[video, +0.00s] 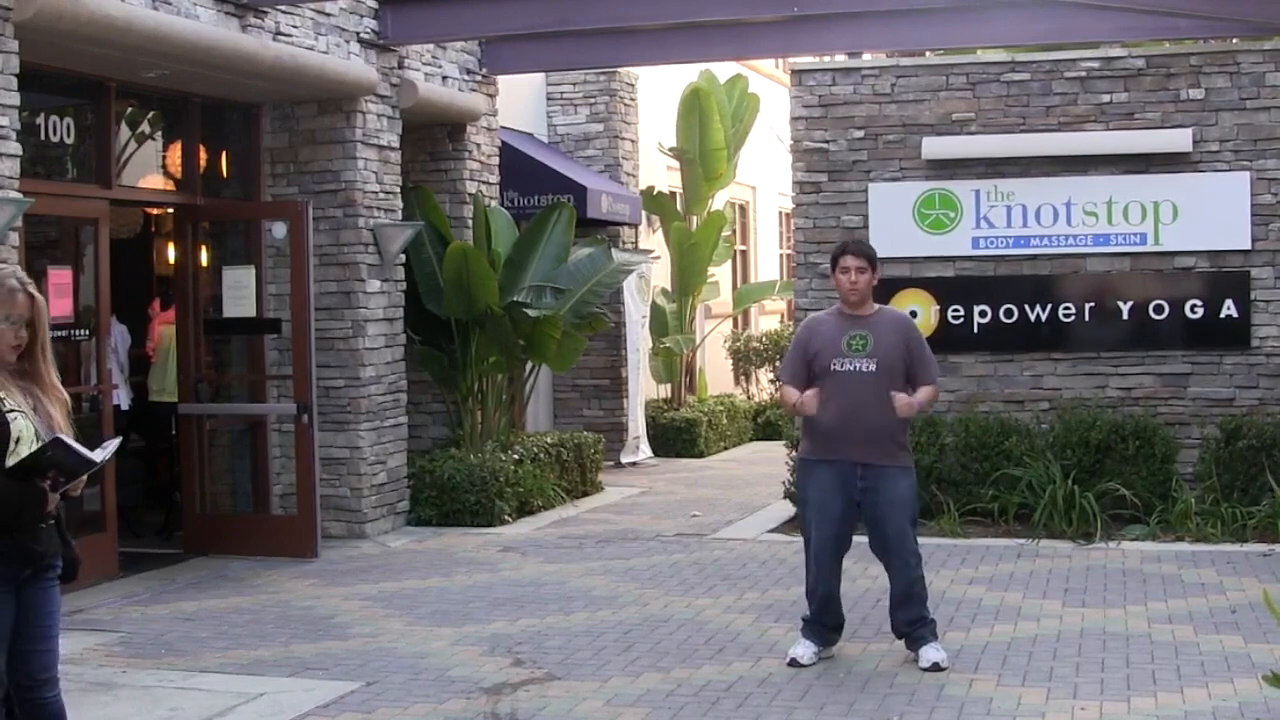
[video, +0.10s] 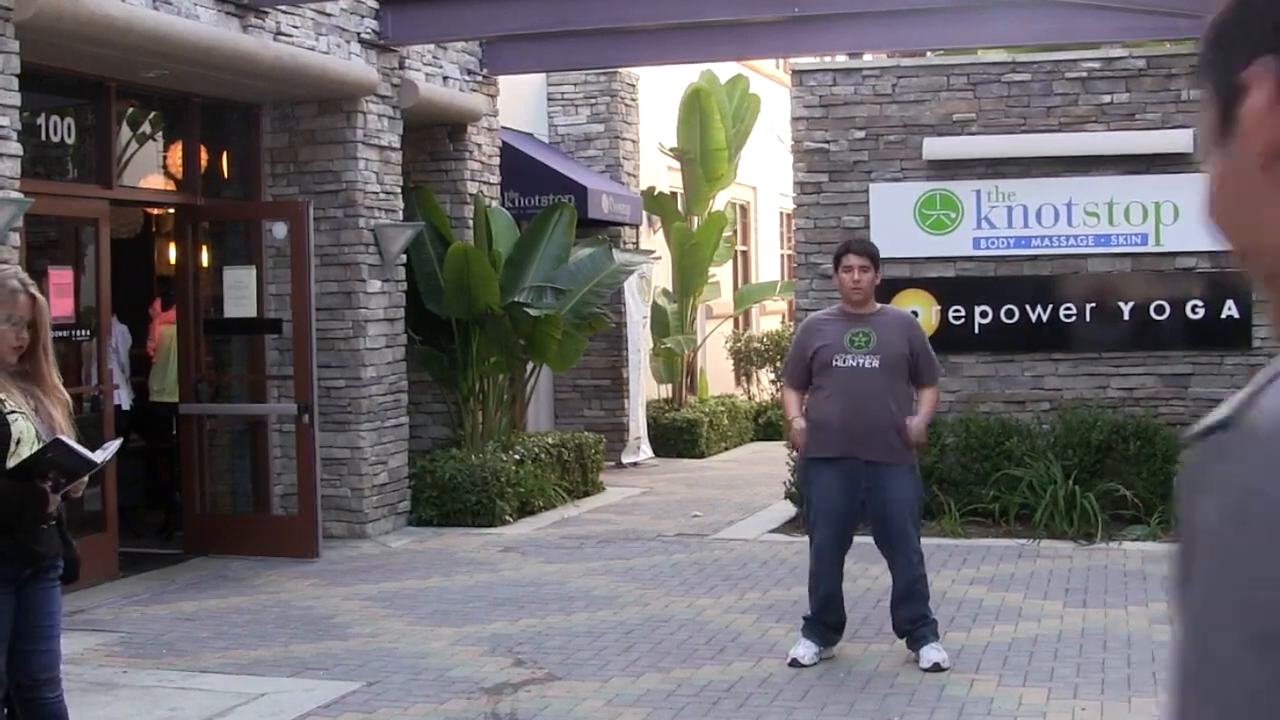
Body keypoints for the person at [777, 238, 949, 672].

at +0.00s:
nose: (852, 279)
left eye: (860, 271)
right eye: (844, 271)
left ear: (874, 276)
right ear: (832, 278)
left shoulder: (901, 326)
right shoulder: (812, 329)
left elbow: (929, 385)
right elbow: (788, 387)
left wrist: (914, 402)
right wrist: (799, 401)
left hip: (889, 463)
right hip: (824, 462)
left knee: (902, 551)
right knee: (821, 551)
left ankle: (922, 637)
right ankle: (818, 633)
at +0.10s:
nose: (854, 277)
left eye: (863, 269)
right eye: (846, 270)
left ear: (877, 275)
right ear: (835, 277)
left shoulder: (904, 324)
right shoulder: (813, 327)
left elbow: (929, 384)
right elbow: (792, 384)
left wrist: (921, 418)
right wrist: (796, 421)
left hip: (892, 458)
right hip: (827, 459)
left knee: (905, 550)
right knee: (824, 550)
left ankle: (923, 637)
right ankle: (818, 634)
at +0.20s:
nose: (855, 278)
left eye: (863, 270)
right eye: (847, 270)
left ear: (877, 275)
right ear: (836, 277)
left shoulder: (904, 325)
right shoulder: (813, 328)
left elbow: (928, 386)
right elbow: (793, 386)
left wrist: (920, 435)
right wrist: (796, 436)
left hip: (892, 462)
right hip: (831, 462)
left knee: (908, 553)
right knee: (826, 552)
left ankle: (923, 637)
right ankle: (817, 634)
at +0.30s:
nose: (856, 278)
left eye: (864, 270)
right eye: (848, 270)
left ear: (878, 275)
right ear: (837, 277)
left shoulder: (904, 326)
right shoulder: (815, 327)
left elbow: (927, 387)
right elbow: (794, 387)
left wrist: (923, 437)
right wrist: (794, 439)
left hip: (893, 461)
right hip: (831, 461)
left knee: (907, 552)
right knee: (826, 551)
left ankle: (922, 636)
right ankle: (817, 634)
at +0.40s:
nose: (857, 278)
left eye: (866, 270)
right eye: (849, 271)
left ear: (880, 276)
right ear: (839, 278)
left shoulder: (906, 327)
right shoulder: (817, 328)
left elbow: (927, 388)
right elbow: (797, 389)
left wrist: (926, 439)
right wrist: (795, 446)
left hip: (893, 463)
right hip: (830, 461)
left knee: (897, 555)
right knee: (827, 552)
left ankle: (899, 644)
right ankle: (815, 635)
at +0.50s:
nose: (857, 279)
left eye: (865, 270)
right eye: (849, 271)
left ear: (880, 277)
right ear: (839, 277)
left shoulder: (900, 324)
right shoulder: (817, 328)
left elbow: (915, 383)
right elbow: (797, 392)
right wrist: (797, 448)